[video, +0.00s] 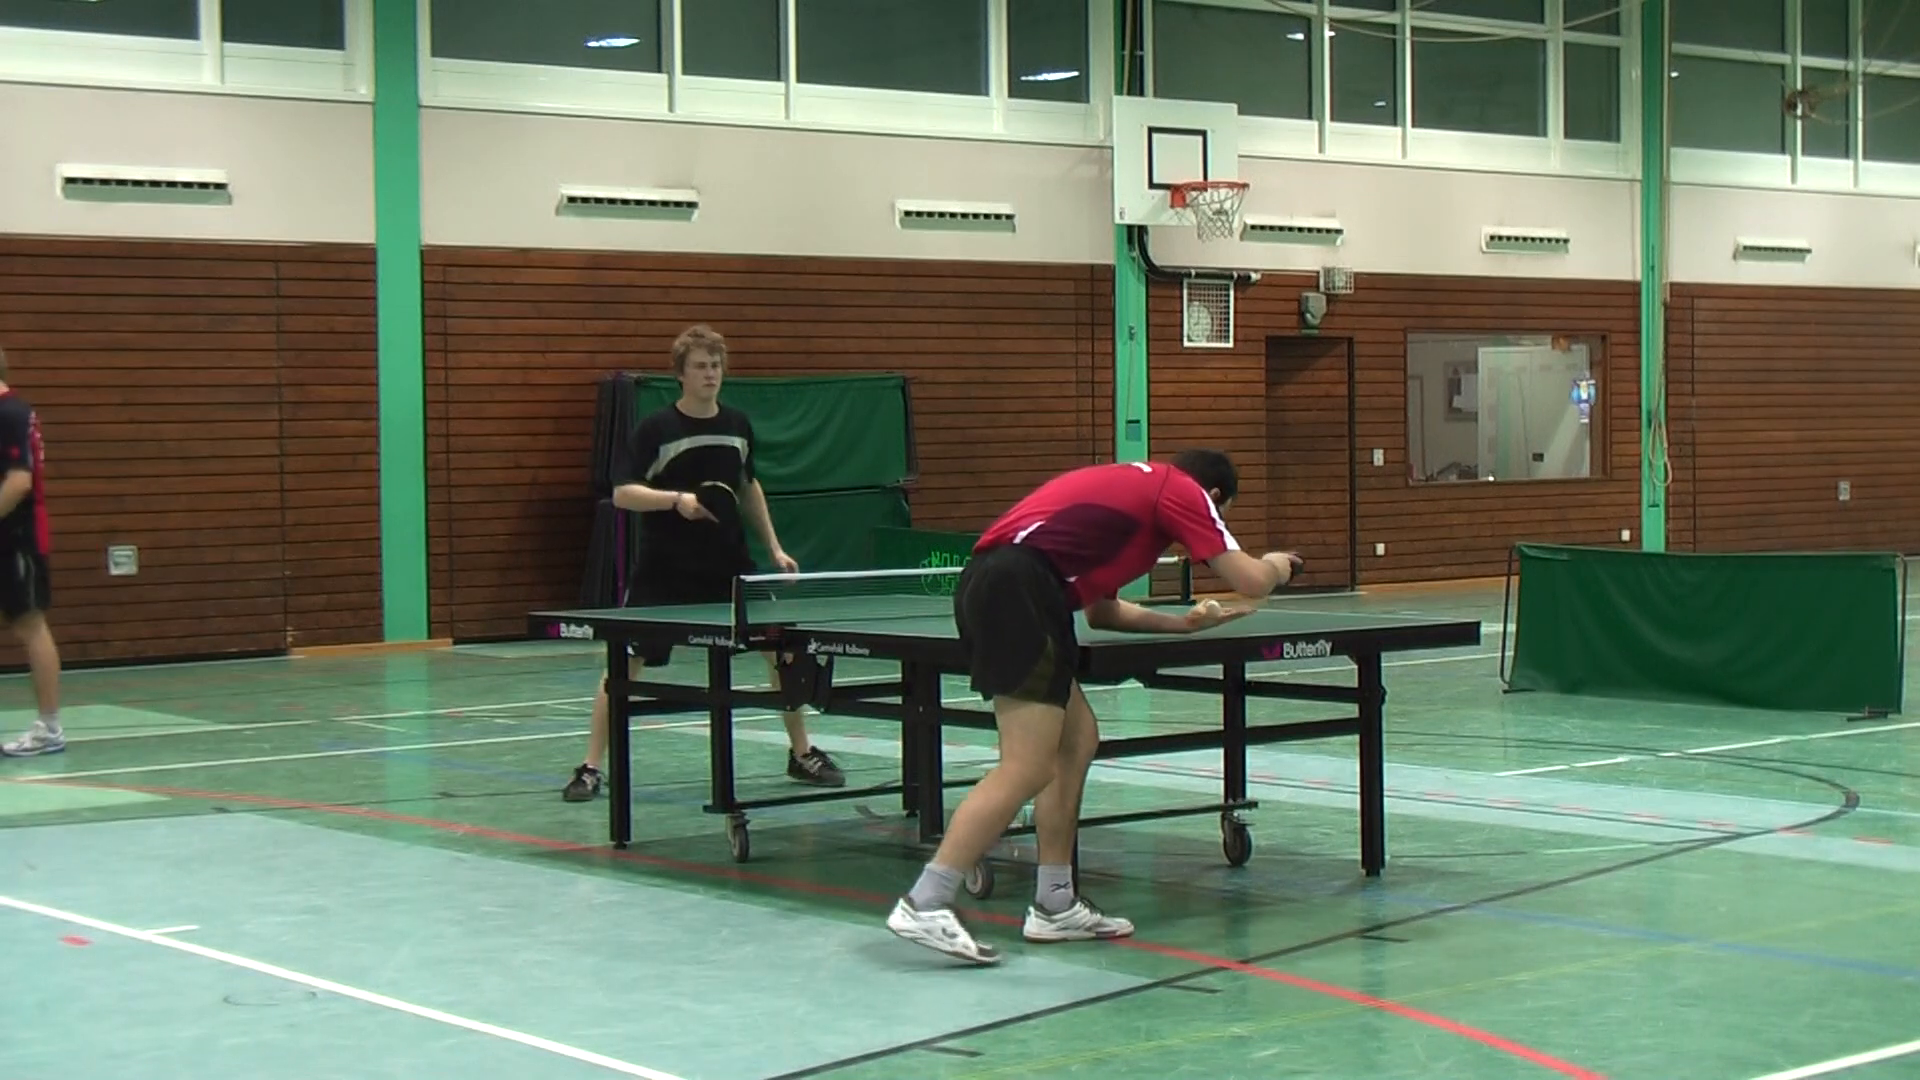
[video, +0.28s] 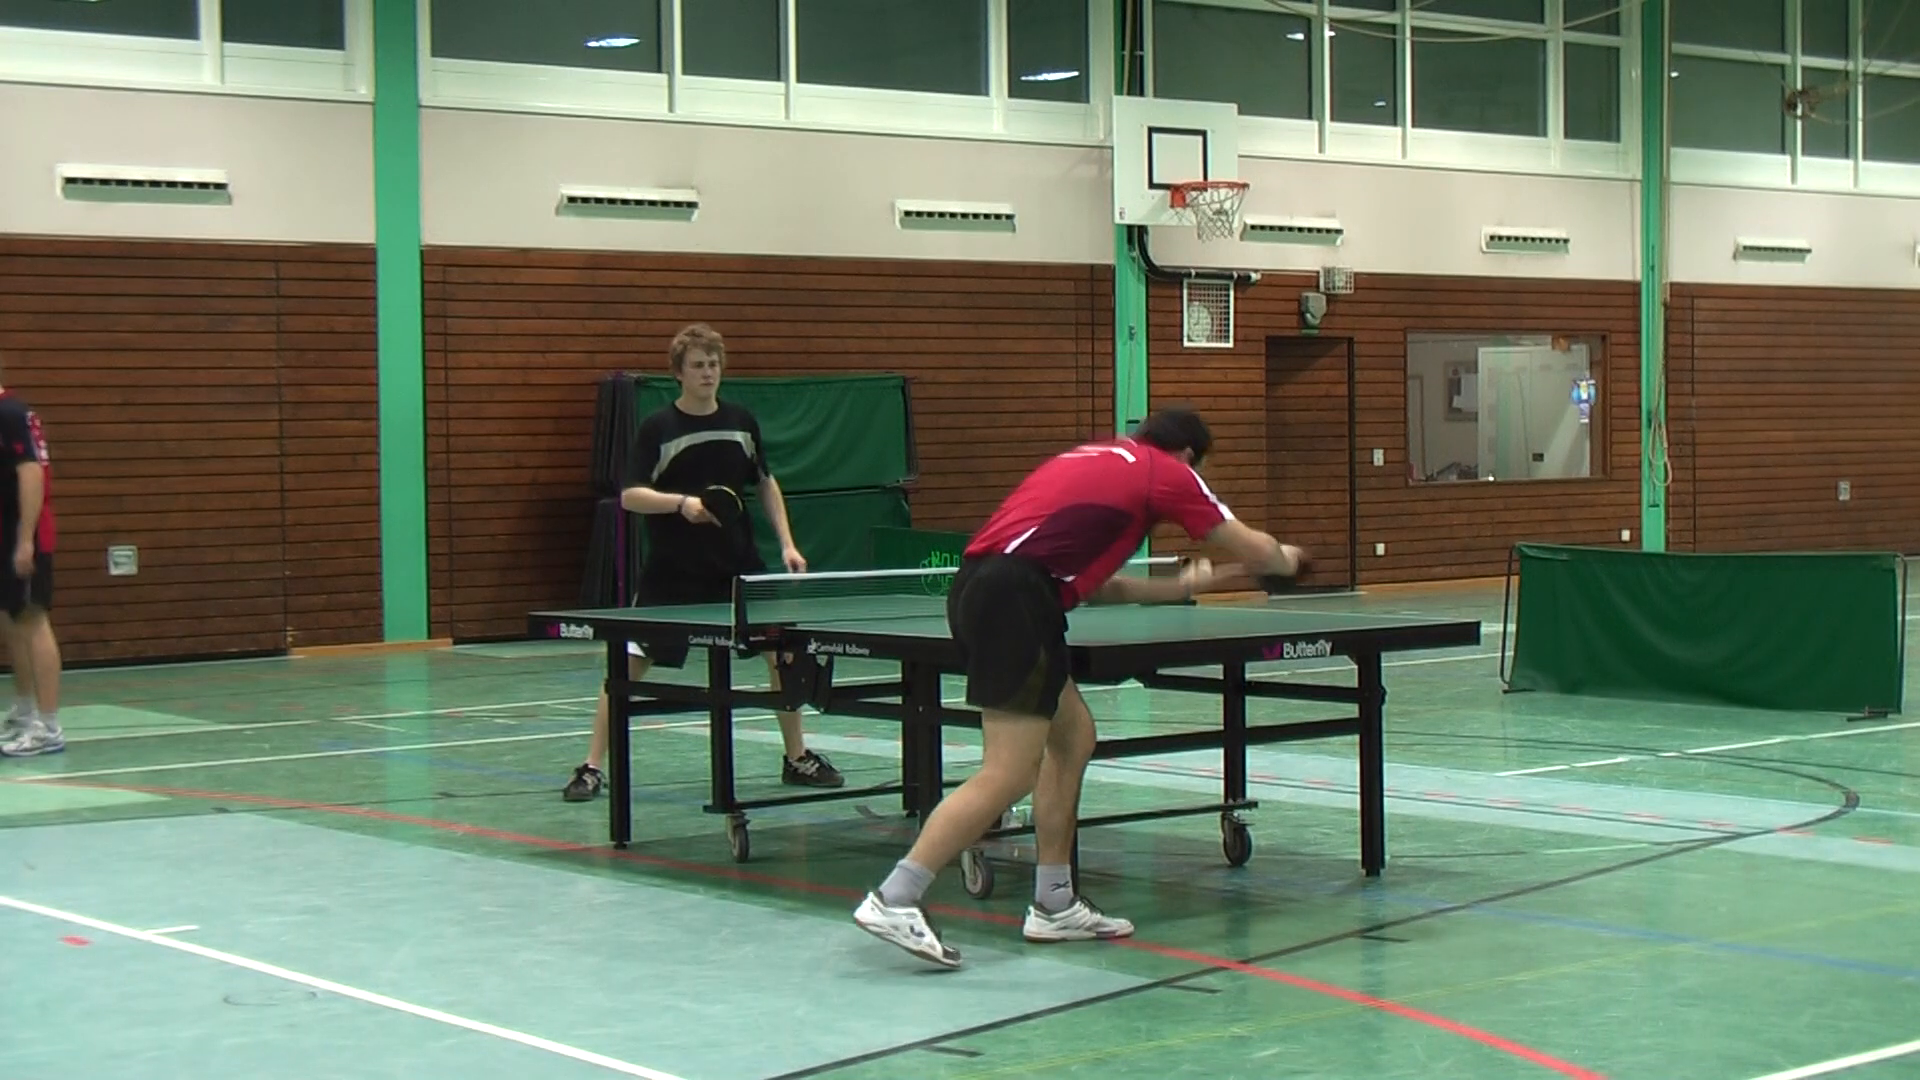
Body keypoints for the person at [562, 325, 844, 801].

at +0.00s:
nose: (710, 374)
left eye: (716, 366)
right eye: (701, 367)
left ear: (723, 371)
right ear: (680, 372)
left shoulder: (737, 424)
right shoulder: (655, 429)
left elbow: (748, 486)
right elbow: (622, 493)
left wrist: (774, 547)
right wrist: (674, 498)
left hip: (730, 570)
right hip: (664, 573)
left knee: (782, 644)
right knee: (624, 665)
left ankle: (802, 752)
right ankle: (592, 766)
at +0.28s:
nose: (708, 372)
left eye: (714, 364)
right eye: (698, 365)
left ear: (722, 369)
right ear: (678, 370)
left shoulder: (741, 420)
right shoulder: (658, 427)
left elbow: (766, 483)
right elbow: (631, 494)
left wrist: (787, 543)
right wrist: (679, 502)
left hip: (739, 566)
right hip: (674, 570)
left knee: (783, 647)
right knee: (628, 663)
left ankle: (798, 756)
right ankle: (593, 765)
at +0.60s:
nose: (716, 372)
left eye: (722, 364)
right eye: (706, 364)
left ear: (730, 369)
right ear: (686, 370)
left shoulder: (749, 423)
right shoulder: (661, 426)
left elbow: (779, 482)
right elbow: (627, 489)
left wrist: (798, 540)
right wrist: (666, 519)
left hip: (741, 567)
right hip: (676, 570)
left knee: (782, 648)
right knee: (629, 663)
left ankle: (797, 756)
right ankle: (593, 765)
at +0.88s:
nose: (732, 376)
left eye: (738, 368)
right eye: (723, 369)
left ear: (748, 372)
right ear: (703, 372)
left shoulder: (764, 427)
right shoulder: (673, 426)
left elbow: (800, 484)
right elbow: (622, 478)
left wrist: (802, 527)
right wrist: (650, 511)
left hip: (747, 567)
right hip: (680, 568)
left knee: (788, 648)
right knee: (642, 654)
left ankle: (799, 754)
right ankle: (612, 761)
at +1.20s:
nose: (758, 432)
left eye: (764, 423)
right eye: (748, 423)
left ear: (773, 424)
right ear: (729, 425)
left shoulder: (784, 471)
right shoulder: (703, 475)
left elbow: (822, 513)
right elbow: (659, 531)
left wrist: (831, 529)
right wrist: (711, 558)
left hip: (768, 598)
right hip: (705, 599)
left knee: (834, 652)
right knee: (676, 664)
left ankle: (831, 757)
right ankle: (622, 767)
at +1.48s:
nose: (760, 459)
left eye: (765, 451)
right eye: (751, 451)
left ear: (771, 454)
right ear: (728, 453)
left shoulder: (778, 494)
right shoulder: (707, 495)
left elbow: (830, 523)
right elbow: (693, 534)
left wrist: (865, 541)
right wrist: (732, 525)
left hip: (755, 612)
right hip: (694, 613)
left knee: (838, 654)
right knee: (686, 677)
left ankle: (831, 756)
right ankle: (619, 772)